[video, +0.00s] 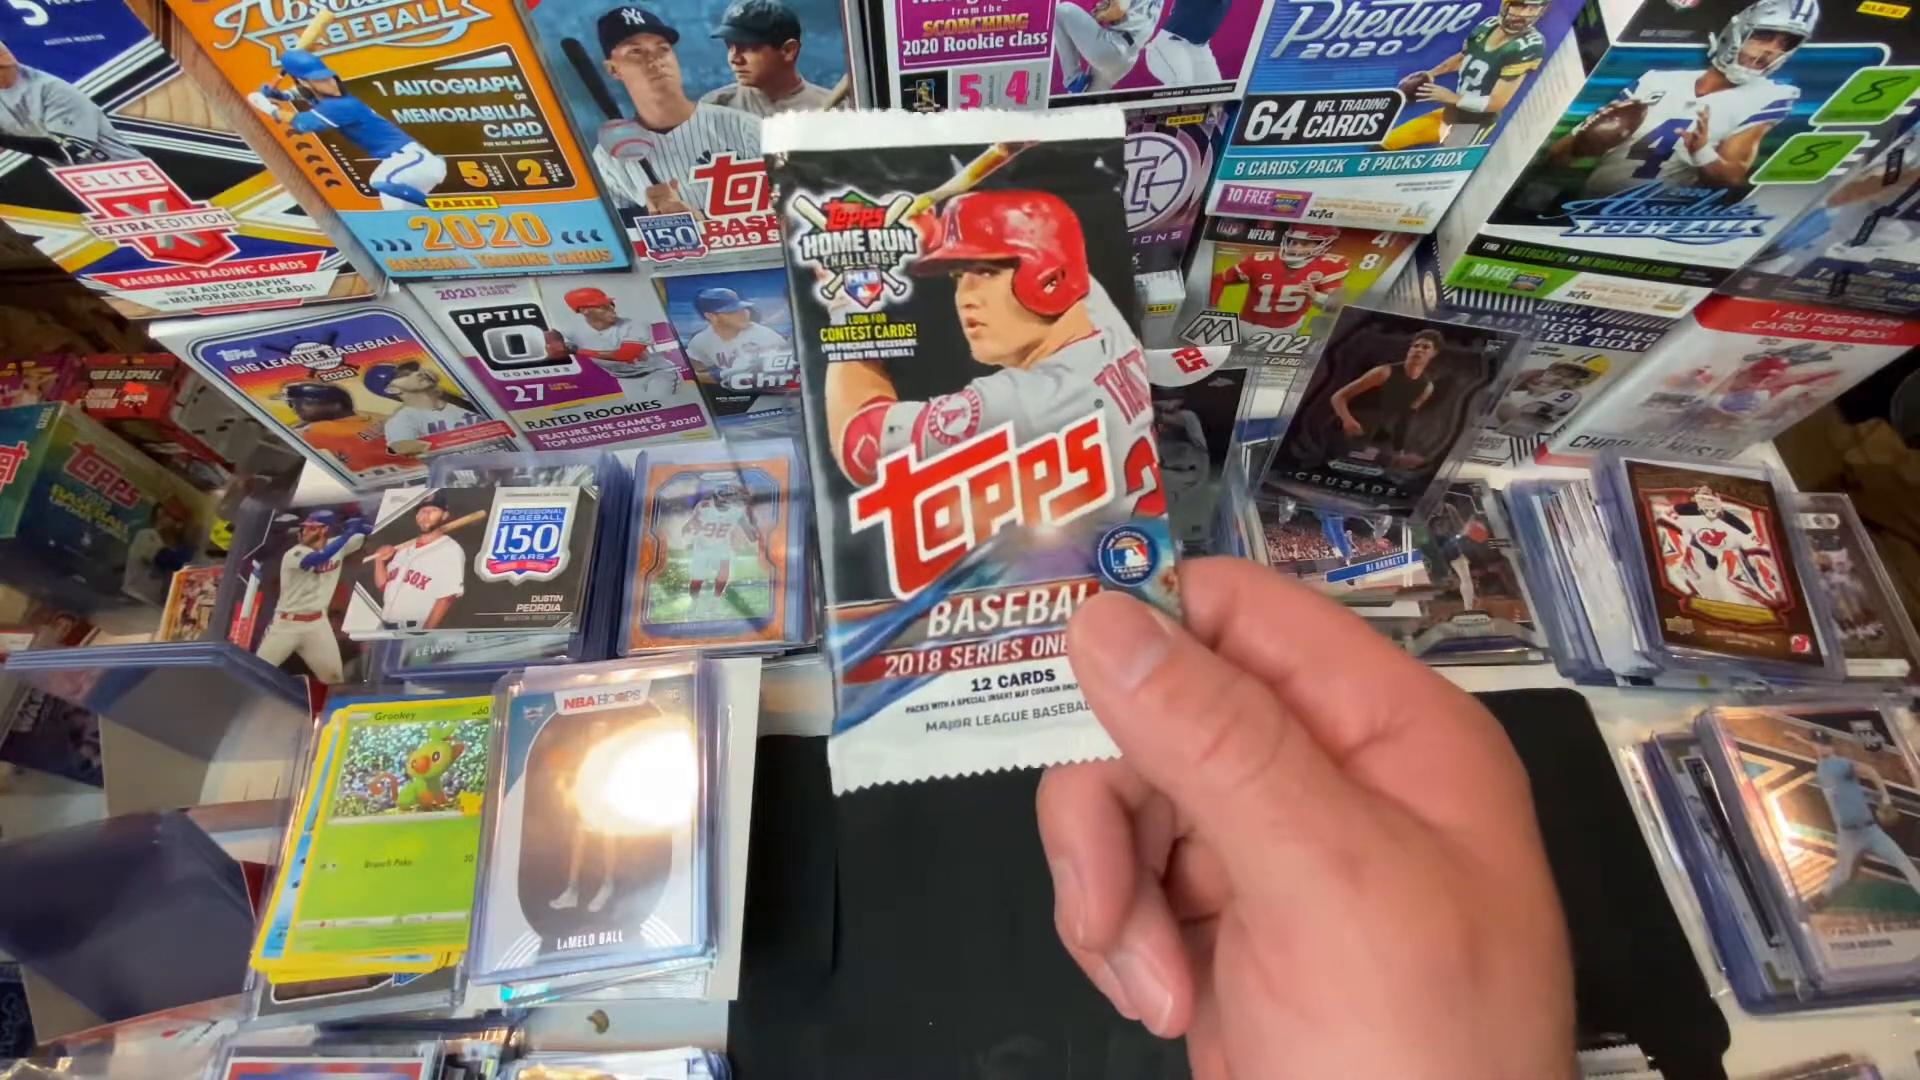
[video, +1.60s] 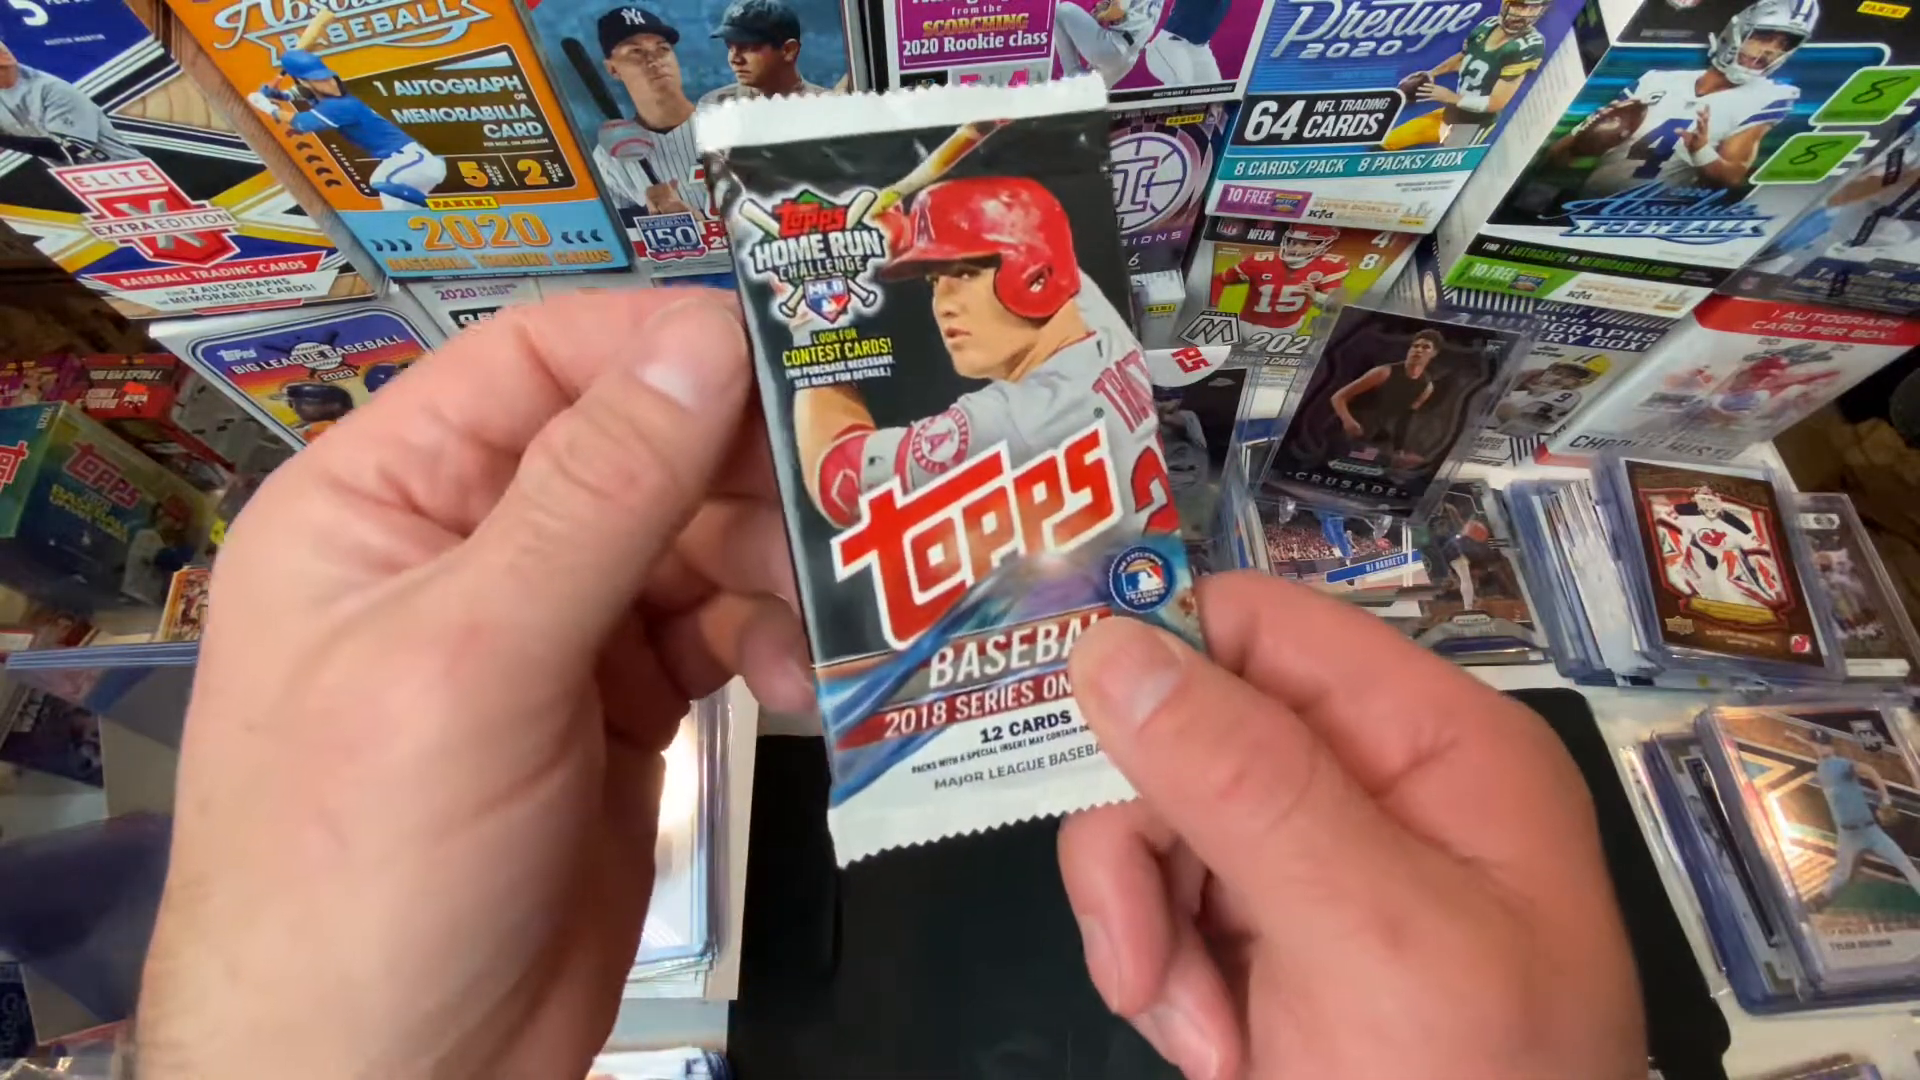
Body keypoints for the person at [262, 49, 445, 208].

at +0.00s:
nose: (331, 80)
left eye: (328, 76)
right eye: (322, 78)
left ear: (309, 82)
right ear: (306, 84)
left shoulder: (343, 106)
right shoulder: (330, 104)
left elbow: (300, 122)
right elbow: (302, 93)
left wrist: (271, 110)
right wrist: (277, 94)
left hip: (415, 157)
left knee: (381, 179)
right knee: (399, 222)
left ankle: (437, 214)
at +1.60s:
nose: (329, 79)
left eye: (326, 75)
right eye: (321, 78)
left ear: (310, 84)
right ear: (306, 83)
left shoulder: (343, 107)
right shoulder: (333, 100)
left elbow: (300, 123)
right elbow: (302, 92)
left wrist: (271, 109)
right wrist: (276, 94)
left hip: (414, 159)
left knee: (380, 179)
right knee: (399, 222)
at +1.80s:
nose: (300, 87)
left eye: (301, 82)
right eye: (304, 82)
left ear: (309, 83)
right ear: (311, 82)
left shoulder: (343, 106)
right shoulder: (332, 100)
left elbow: (300, 123)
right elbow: (303, 91)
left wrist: (271, 109)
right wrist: (277, 94)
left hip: (414, 158)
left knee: (380, 180)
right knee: (398, 222)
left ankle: (433, 214)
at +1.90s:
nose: (299, 87)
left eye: (300, 82)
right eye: (299, 83)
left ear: (310, 83)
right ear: (323, 78)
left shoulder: (342, 107)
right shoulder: (333, 99)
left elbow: (299, 122)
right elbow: (304, 90)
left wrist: (270, 109)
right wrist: (279, 94)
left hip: (414, 158)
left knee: (380, 180)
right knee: (396, 222)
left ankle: (431, 210)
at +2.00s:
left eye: (302, 82)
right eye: (321, 77)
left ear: (308, 83)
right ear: (307, 82)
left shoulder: (341, 106)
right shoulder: (332, 103)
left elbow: (300, 122)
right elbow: (300, 94)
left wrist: (271, 109)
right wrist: (276, 94)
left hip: (414, 158)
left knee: (380, 179)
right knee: (398, 218)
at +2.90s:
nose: (329, 79)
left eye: (303, 82)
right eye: (321, 77)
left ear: (308, 83)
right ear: (307, 84)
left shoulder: (343, 106)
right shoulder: (331, 102)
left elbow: (299, 122)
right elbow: (301, 92)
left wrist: (270, 109)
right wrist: (276, 95)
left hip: (415, 158)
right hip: (405, 167)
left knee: (381, 180)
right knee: (398, 221)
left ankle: (435, 212)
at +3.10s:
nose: (303, 88)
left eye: (303, 83)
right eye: (304, 83)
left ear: (311, 83)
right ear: (319, 80)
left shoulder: (341, 106)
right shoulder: (332, 100)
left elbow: (299, 122)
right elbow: (300, 93)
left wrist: (270, 108)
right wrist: (275, 93)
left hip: (415, 158)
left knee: (380, 180)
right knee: (397, 219)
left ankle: (430, 213)